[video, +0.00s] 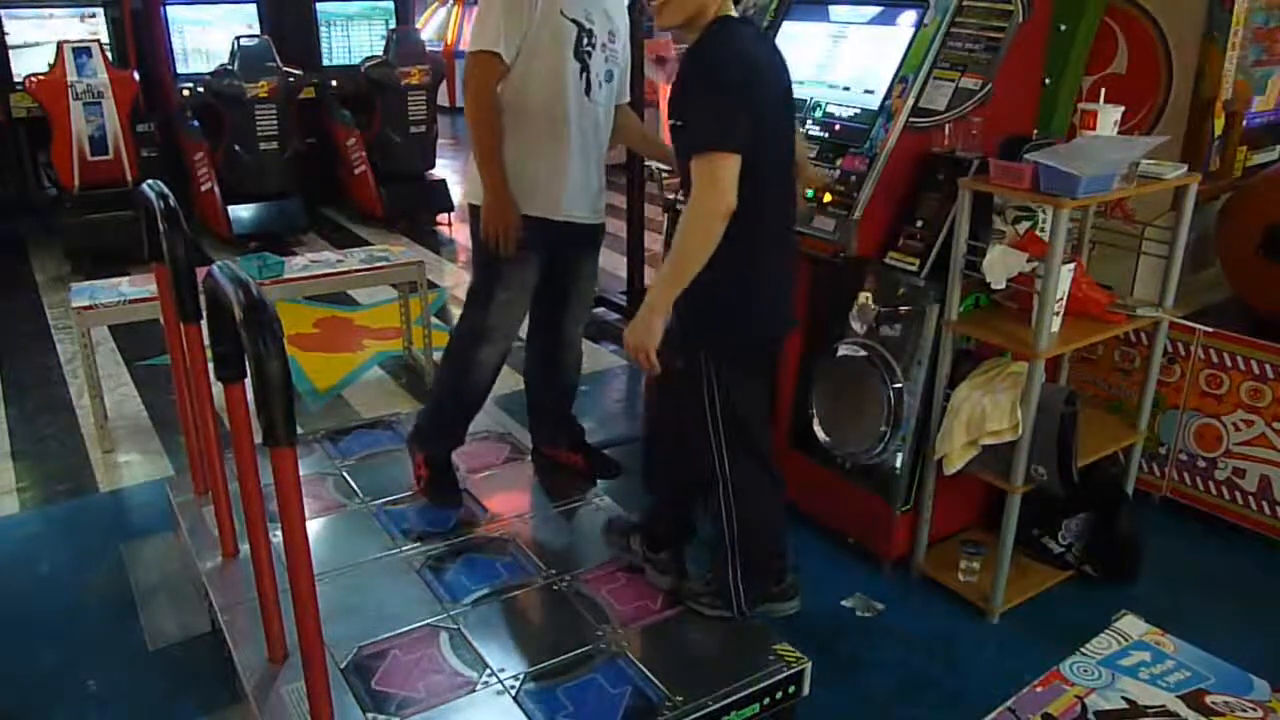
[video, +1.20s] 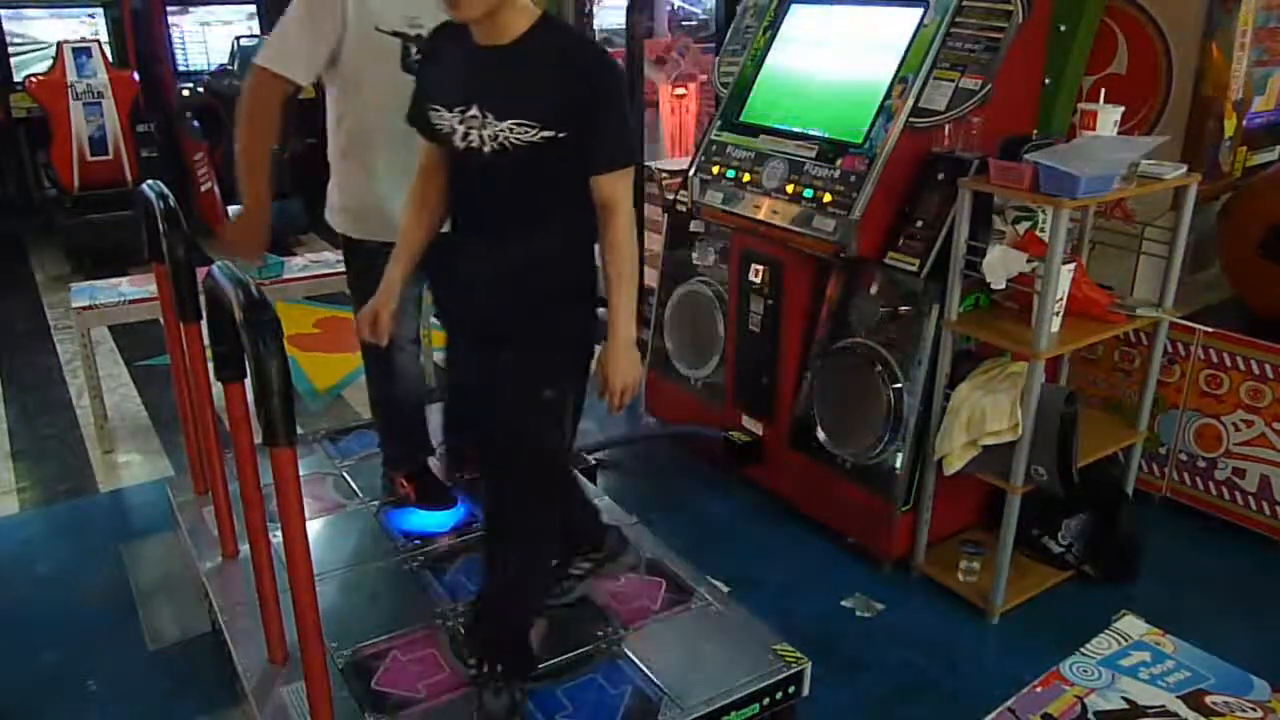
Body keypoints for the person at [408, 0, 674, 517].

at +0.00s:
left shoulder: (617, 11)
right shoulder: (519, 1)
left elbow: (612, 110)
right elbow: (478, 83)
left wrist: (673, 157)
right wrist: (495, 190)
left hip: (582, 203)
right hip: (517, 198)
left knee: (562, 337)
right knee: (489, 334)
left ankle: (557, 440)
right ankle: (432, 447)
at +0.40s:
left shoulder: (609, 17)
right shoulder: (500, 1)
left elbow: (604, 116)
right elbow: (453, 77)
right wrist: (465, 189)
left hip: (569, 207)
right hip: (496, 202)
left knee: (557, 343)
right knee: (472, 344)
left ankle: (556, 450)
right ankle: (442, 463)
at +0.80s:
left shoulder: (543, 11)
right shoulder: (421, 5)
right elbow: (383, 96)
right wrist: (398, 210)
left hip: (527, 218)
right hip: (442, 219)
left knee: (544, 358)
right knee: (427, 361)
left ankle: (559, 470)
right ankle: (407, 467)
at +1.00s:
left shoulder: (497, 8)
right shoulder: (366, 6)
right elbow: (327, 99)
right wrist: (332, 214)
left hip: (483, 207)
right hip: (394, 214)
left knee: (517, 350)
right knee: (406, 355)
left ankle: (548, 466)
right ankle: (408, 469)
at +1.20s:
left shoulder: (474, 7)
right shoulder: (337, 5)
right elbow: (263, 88)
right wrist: (253, 213)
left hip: (459, 202)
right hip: (375, 209)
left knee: (476, 337)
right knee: (395, 347)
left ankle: (471, 447)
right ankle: (408, 467)